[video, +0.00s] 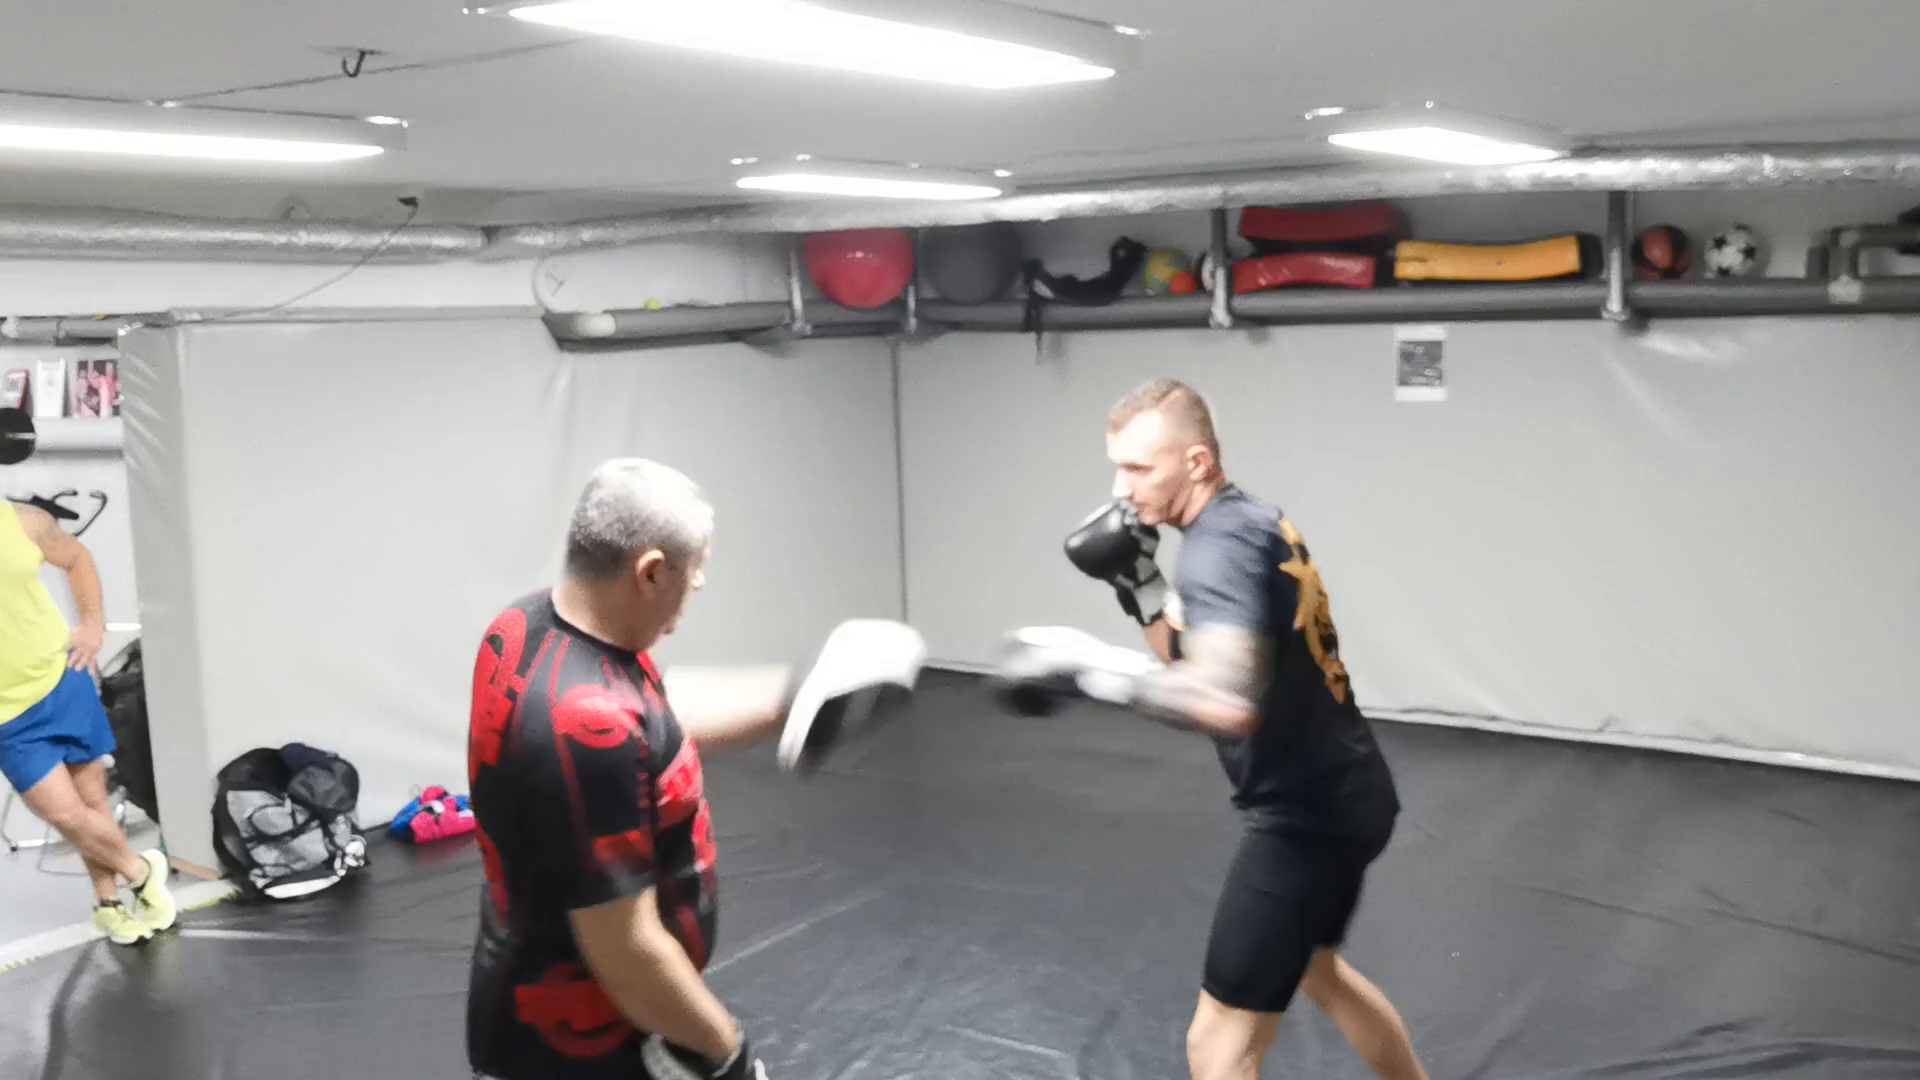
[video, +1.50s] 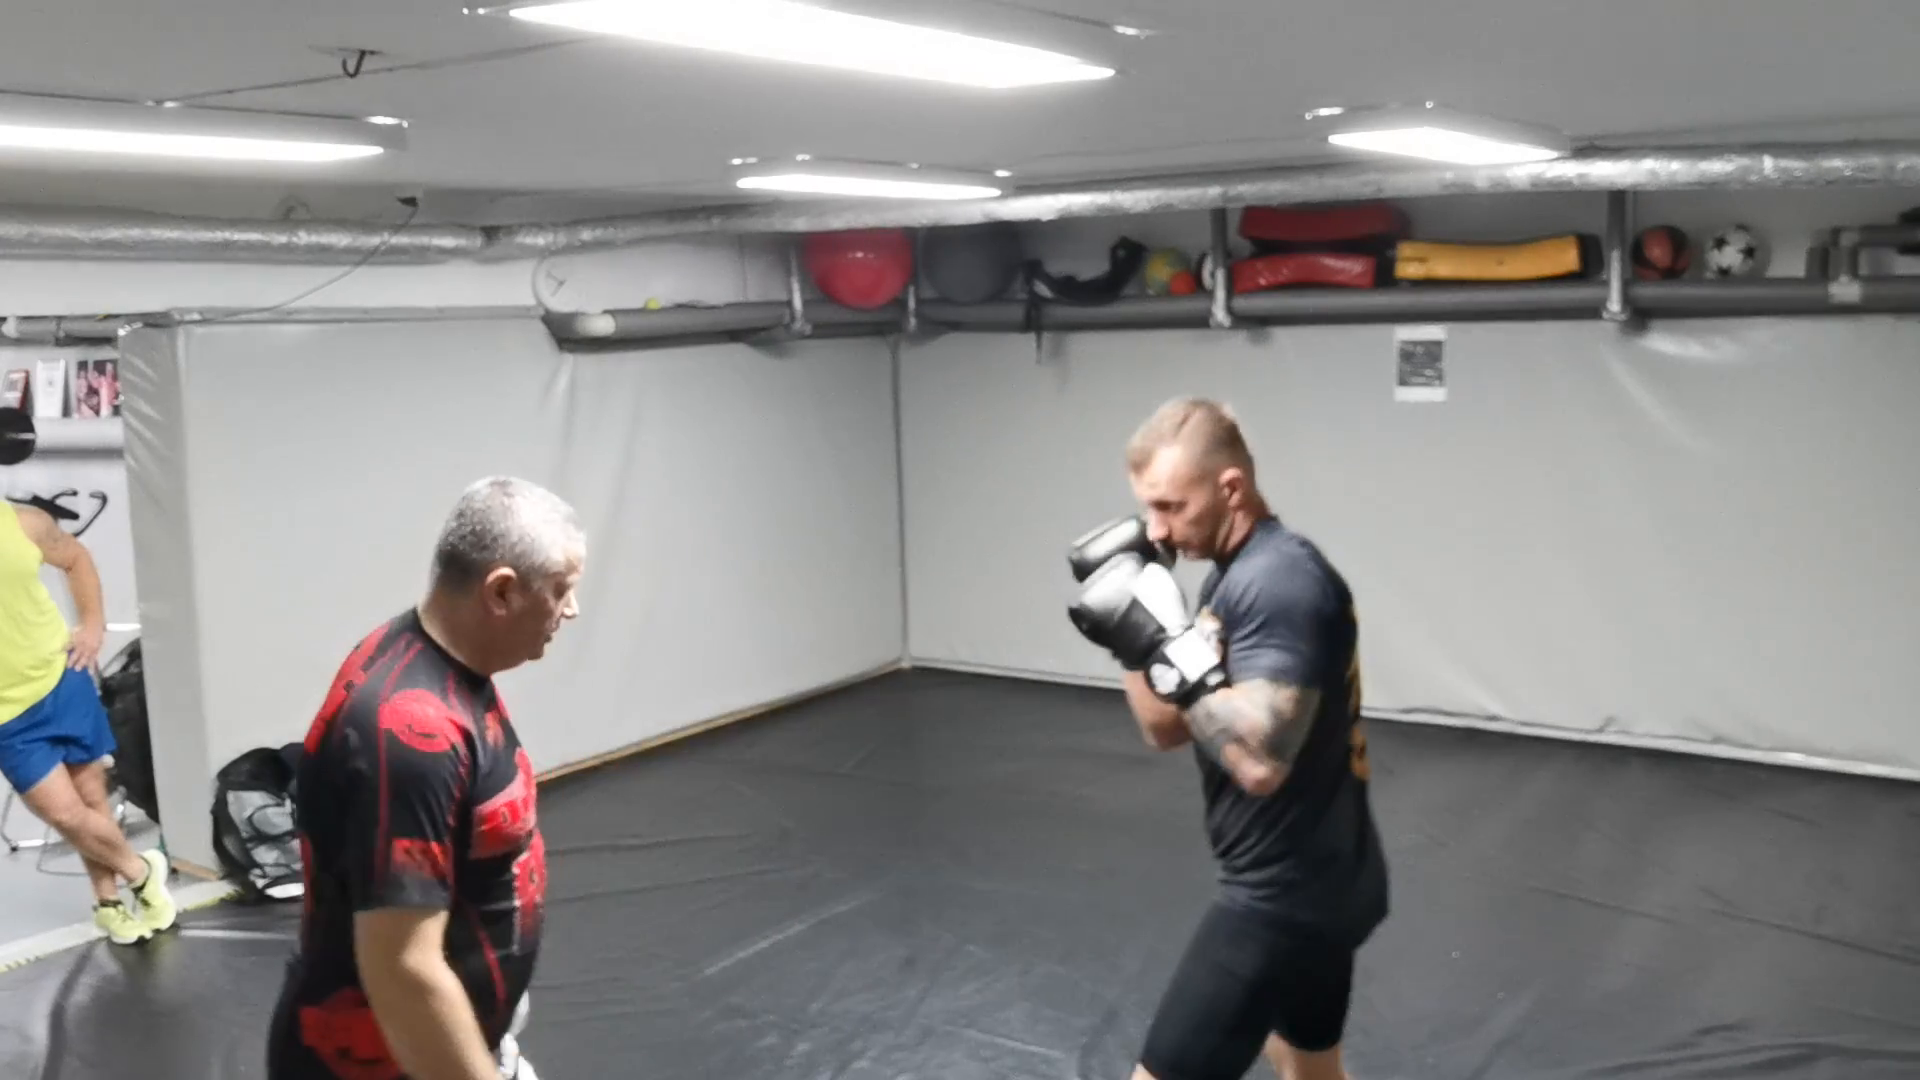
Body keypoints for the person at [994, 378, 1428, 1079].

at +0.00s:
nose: (1123, 489)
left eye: (1137, 468)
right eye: (1120, 470)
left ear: (1196, 461)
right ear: (1194, 463)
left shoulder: (1217, 545)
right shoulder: (1254, 523)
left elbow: (1229, 705)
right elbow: (1193, 675)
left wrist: (1103, 670)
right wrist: (1139, 585)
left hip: (1302, 811)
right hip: (1345, 795)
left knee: (1221, 1043)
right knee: (1320, 971)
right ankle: (1413, 1074)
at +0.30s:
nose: (1169, 476)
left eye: (1181, 456)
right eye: (1162, 458)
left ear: (1236, 438)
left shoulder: (1280, 523)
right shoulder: (1232, 525)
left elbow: (1279, 679)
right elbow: (1167, 655)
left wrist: (1182, 589)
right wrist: (1133, 566)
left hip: (1313, 808)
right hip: (1327, 797)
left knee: (1206, 1031)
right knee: (1352, 995)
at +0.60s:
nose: (1147, 478)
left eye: (1161, 457)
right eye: (1141, 459)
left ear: (1221, 444)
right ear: (1215, 448)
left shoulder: (1252, 534)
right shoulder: (1217, 523)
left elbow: (1188, 695)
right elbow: (1171, 633)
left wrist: (1120, 581)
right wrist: (1118, 568)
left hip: (1298, 817)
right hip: (1283, 805)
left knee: (1197, 1042)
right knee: (1291, 981)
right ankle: (1362, 1074)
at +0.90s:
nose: (1059, 521)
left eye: (1075, 502)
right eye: (1057, 502)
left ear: (1141, 498)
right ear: (1147, 500)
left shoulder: (1150, 575)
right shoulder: (1217, 555)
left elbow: (1126, 701)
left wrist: (1001, 625)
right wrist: (1086, 580)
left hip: (1215, 874)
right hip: (1288, 854)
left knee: (1056, 1061)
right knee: (1273, 996)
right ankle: (1360, 1073)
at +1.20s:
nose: (1050, 531)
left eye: (1065, 511)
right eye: (1045, 510)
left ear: (1129, 499)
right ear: (1133, 499)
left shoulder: (1148, 581)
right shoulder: (1204, 558)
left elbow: (1151, 757)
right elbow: (1178, 690)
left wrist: (1026, 707)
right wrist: (1080, 615)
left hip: (1194, 891)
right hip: (1263, 869)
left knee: (1081, 1070)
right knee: (1254, 1047)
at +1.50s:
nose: (1157, 530)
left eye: (1171, 507)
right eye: (1149, 509)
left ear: (1233, 489)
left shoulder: (1284, 582)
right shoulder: (1237, 575)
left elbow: (1261, 763)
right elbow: (1163, 726)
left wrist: (1180, 655)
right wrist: (1134, 625)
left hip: (1284, 891)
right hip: (1308, 876)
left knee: (1162, 1072)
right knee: (1309, 1058)